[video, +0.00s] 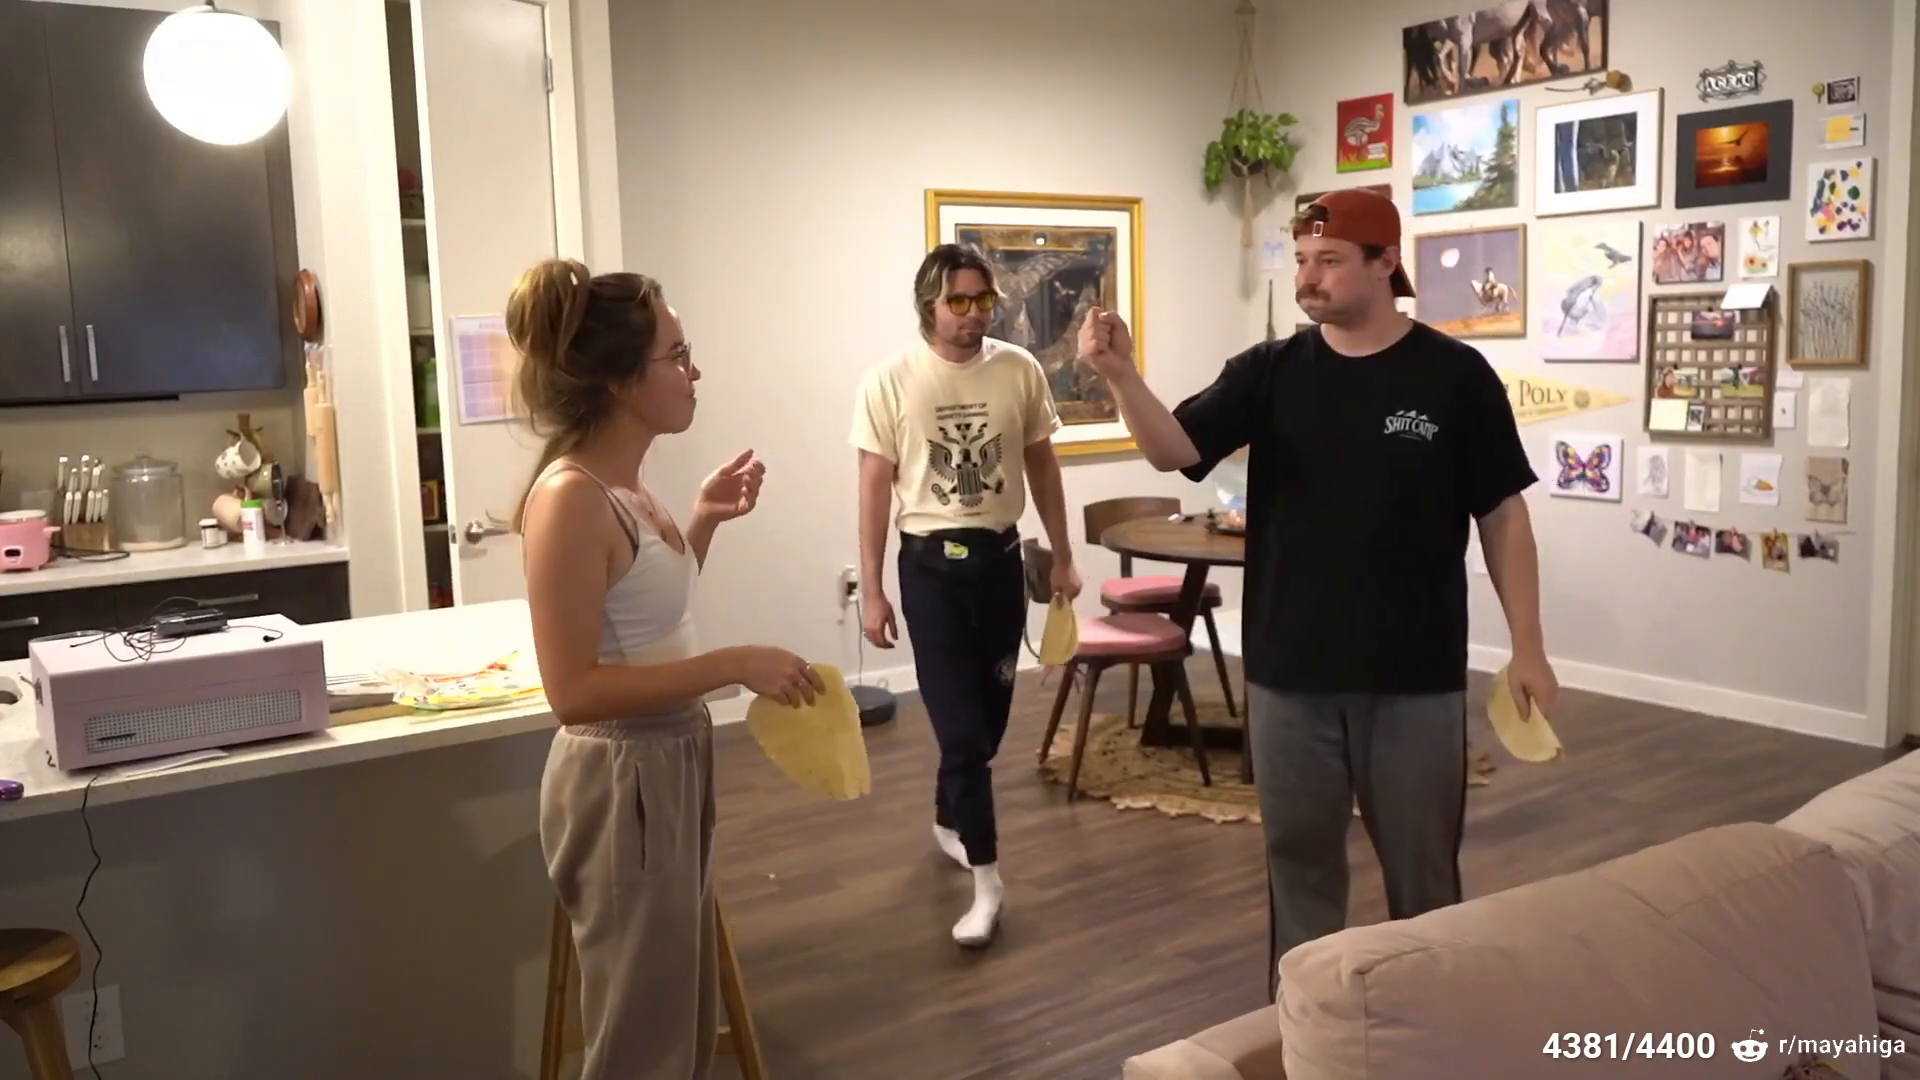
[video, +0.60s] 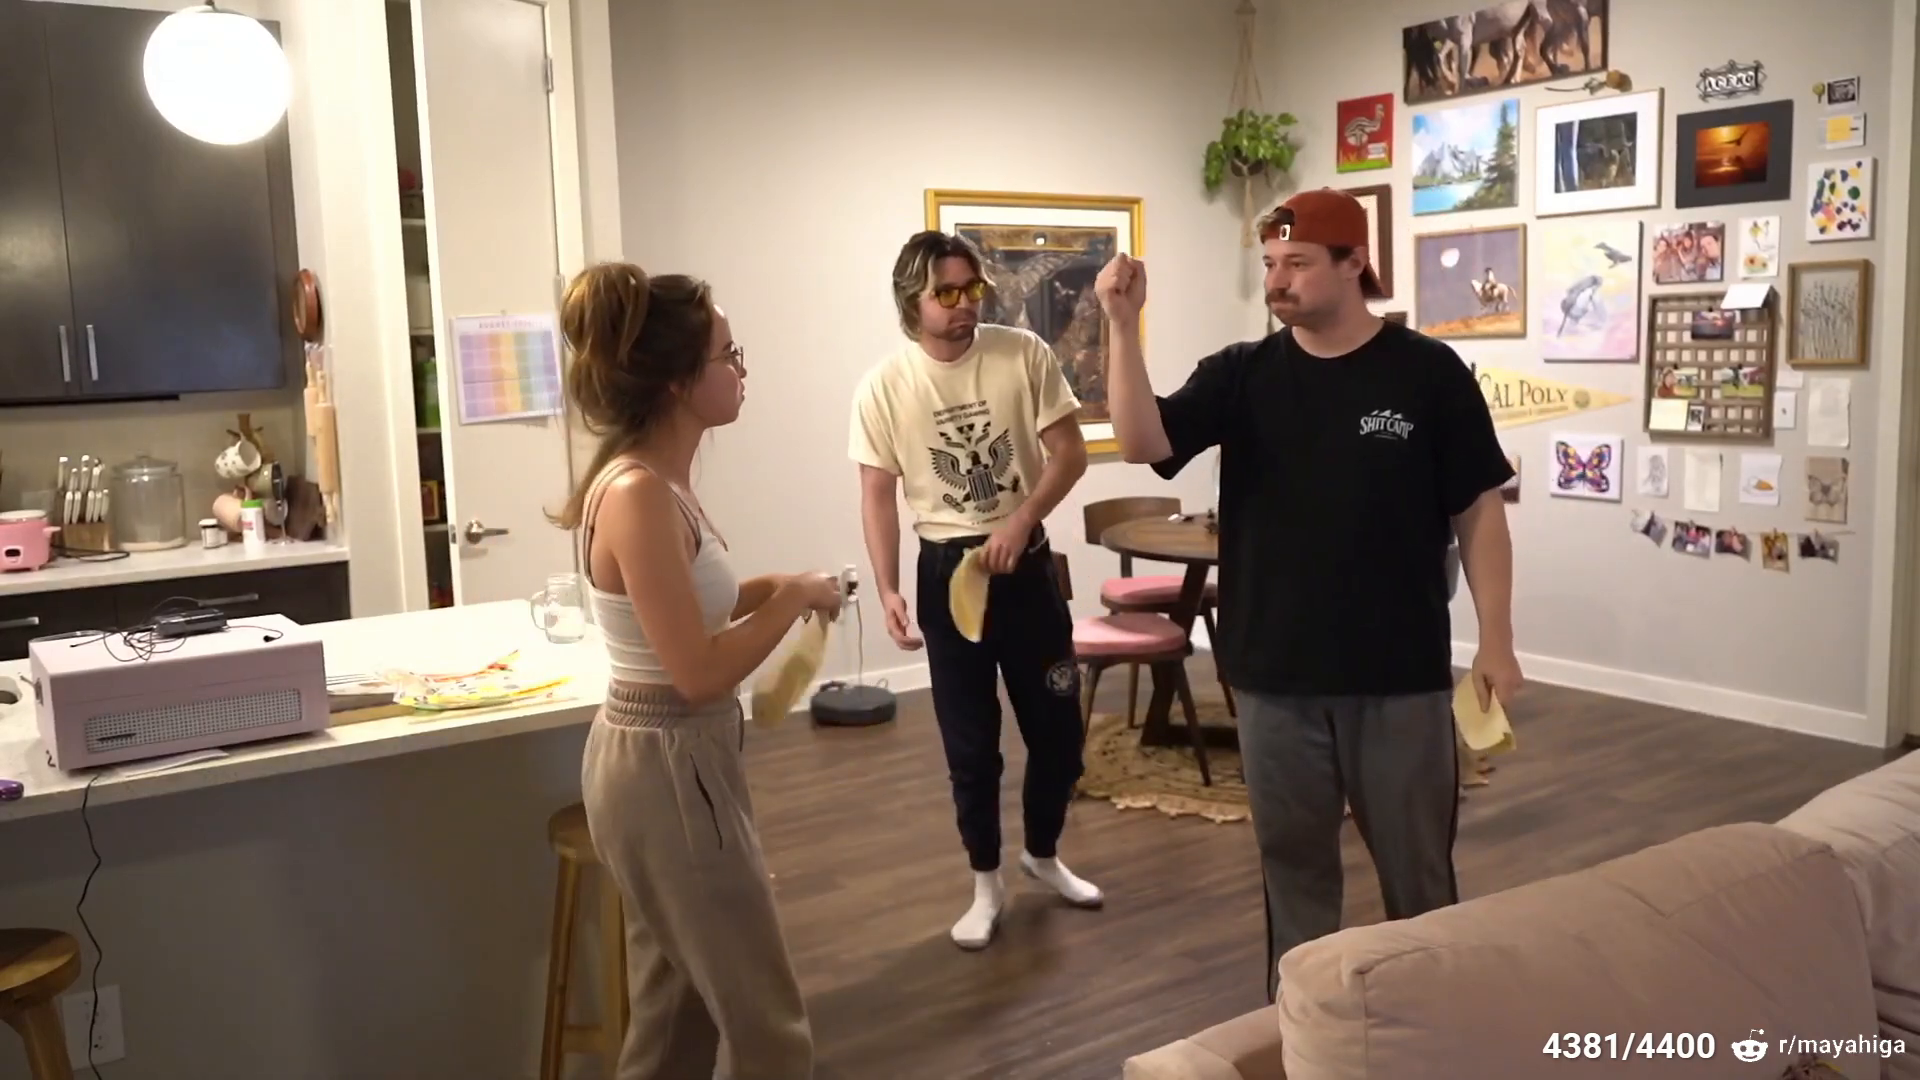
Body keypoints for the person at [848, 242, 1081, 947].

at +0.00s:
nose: (970, 312)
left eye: (980, 299)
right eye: (956, 300)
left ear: (991, 301)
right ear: (927, 305)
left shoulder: (1019, 369)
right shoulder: (891, 382)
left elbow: (1041, 463)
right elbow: (874, 488)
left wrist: (1063, 553)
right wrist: (871, 588)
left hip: (1001, 562)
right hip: (929, 566)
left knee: (991, 714)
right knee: (961, 728)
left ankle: (951, 818)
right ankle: (985, 879)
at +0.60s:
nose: (964, 305)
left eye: (972, 289)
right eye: (947, 293)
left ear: (983, 289)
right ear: (911, 299)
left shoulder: (1024, 354)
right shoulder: (884, 389)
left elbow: (1071, 455)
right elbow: (877, 496)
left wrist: (1024, 519)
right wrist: (887, 588)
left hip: (1026, 565)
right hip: (947, 572)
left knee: (1058, 728)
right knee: (969, 742)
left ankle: (1042, 856)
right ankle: (986, 882)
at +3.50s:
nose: (1097, 298)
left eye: (1114, 284)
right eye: (1088, 285)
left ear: (1154, 288)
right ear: (1081, 290)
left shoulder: (1197, 365)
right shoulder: (1081, 373)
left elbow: (1234, 486)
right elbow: (1083, 486)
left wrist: (1212, 599)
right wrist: (1054, 585)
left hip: (1176, 593)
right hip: (1096, 591)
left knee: (1191, 763)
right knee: (1066, 763)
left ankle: (1215, 914)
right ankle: (1057, 917)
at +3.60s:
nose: (1077, 295)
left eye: (1093, 282)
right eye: (1067, 284)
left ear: (1129, 286)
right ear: (1057, 292)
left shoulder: (1170, 361)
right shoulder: (1051, 375)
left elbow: (1214, 476)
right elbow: (1050, 488)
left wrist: (1203, 594)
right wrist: (1031, 592)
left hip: (1153, 588)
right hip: (1070, 587)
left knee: (1174, 759)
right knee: (1049, 765)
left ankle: (1211, 911)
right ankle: (1053, 917)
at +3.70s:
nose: (1053, 293)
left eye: (1068, 280)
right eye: (1041, 282)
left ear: (1100, 282)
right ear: (1030, 289)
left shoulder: (1146, 361)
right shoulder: (1020, 376)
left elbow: (1193, 474)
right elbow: (1019, 490)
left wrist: (1188, 591)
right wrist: (1000, 593)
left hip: (1127, 591)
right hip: (1041, 593)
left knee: (1154, 763)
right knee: (1034, 765)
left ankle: (1207, 905)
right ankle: (1051, 917)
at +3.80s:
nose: (1022, 296)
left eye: (1037, 282)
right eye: (1010, 285)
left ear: (1071, 283)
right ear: (1001, 291)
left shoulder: (1125, 364)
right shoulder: (994, 377)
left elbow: (1166, 472)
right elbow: (989, 490)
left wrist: (1167, 591)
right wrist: (961, 593)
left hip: (1103, 593)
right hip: (1019, 592)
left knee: (1131, 767)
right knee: (1023, 765)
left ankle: (1195, 902)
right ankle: (1050, 915)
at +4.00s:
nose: (988, 303)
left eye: (1002, 288)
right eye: (974, 291)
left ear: (1035, 286)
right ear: (962, 295)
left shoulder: (1091, 364)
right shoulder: (957, 376)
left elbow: (1131, 478)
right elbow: (936, 492)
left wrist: (1127, 593)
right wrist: (894, 597)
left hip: (1072, 586)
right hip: (989, 588)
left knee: (1084, 772)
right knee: (1007, 763)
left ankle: (1130, 914)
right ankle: (1048, 916)